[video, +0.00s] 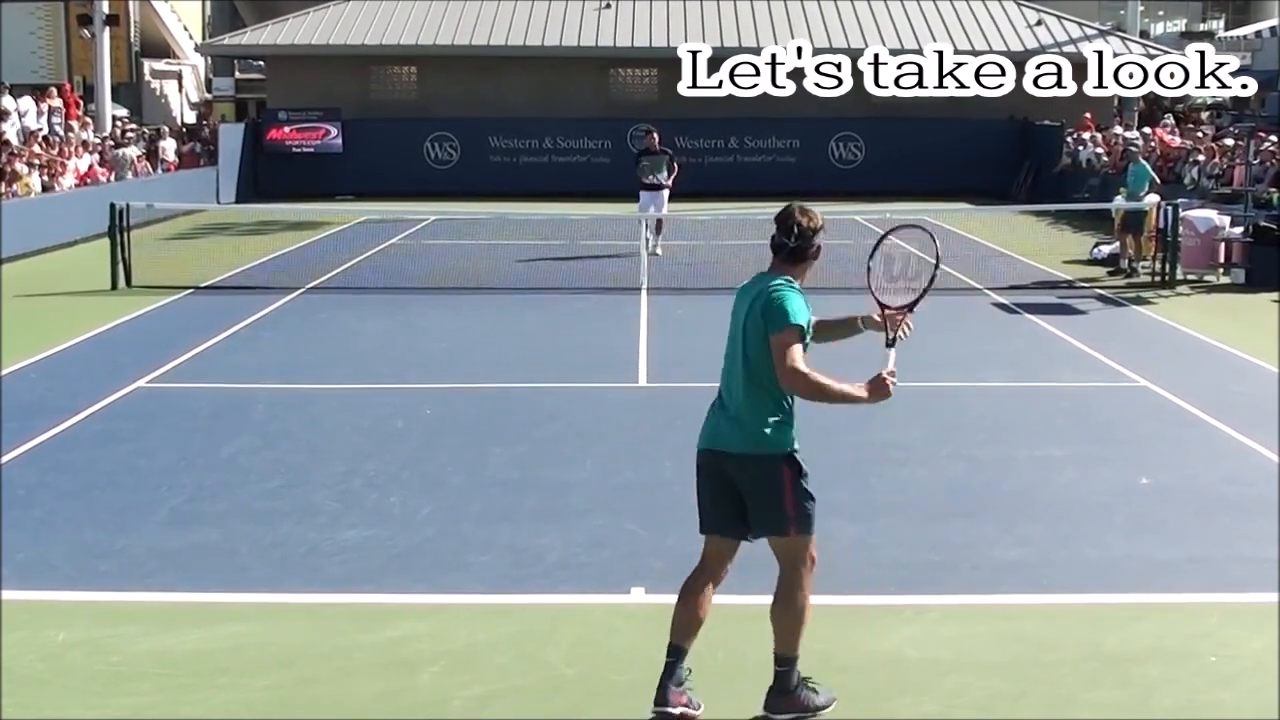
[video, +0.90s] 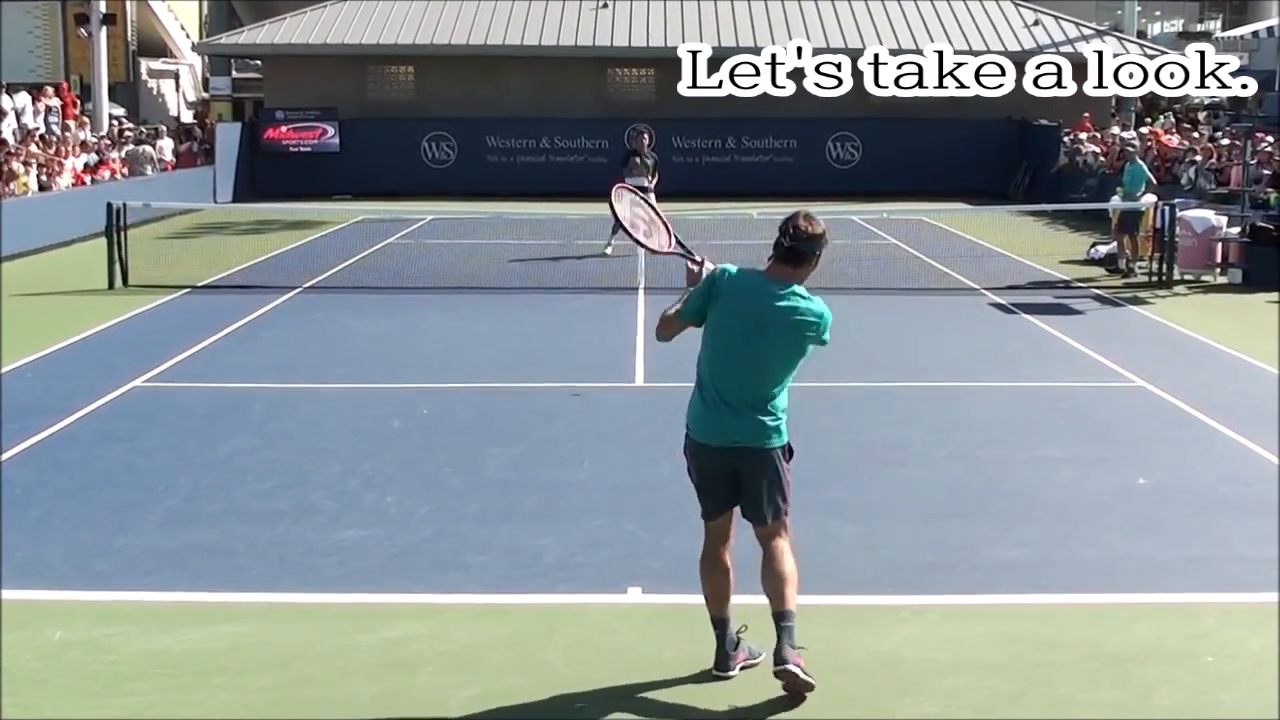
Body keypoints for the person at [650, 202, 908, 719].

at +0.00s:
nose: (821, 254)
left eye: (819, 247)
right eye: (820, 248)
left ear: (773, 246)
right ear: (814, 252)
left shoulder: (751, 290)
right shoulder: (787, 299)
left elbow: (807, 331)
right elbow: (791, 374)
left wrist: (867, 322)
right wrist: (862, 393)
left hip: (717, 449)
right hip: (765, 454)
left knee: (713, 562)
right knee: (798, 562)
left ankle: (671, 684)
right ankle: (786, 686)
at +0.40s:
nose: (843, 290)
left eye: (844, 282)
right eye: (846, 283)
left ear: (805, 268)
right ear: (839, 282)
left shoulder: (792, 309)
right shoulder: (793, 310)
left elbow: (847, 349)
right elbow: (762, 358)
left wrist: (914, 376)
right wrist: (805, 407)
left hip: (709, 441)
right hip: (741, 446)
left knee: (745, 538)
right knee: (787, 560)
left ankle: (732, 646)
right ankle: (775, 687)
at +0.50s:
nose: (843, 305)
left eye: (845, 297)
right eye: (846, 297)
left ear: (805, 280)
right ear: (837, 294)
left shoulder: (767, 308)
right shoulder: (798, 330)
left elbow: (809, 368)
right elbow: (780, 398)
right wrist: (792, 471)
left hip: (701, 449)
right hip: (742, 456)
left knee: (744, 538)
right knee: (795, 562)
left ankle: (731, 647)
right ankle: (774, 687)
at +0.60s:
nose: (838, 310)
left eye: (840, 301)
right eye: (841, 302)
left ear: (800, 282)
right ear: (833, 298)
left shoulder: (747, 302)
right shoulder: (809, 349)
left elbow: (740, 365)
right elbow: (805, 441)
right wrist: (832, 512)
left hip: (697, 453)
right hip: (748, 464)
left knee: (733, 536)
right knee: (794, 562)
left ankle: (729, 648)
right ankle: (773, 682)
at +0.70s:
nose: (830, 304)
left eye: (833, 296)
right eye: (833, 296)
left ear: (791, 275)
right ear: (826, 293)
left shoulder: (733, 293)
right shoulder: (812, 348)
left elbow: (701, 336)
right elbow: (805, 424)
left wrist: (746, 360)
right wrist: (815, 454)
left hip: (698, 451)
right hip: (751, 462)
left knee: (723, 535)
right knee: (789, 558)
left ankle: (728, 648)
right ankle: (774, 677)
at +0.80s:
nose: (822, 286)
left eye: (819, 277)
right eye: (824, 279)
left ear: (784, 260)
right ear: (821, 278)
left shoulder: (726, 287)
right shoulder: (813, 331)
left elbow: (676, 329)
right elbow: (805, 392)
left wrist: (719, 324)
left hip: (701, 445)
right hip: (760, 451)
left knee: (715, 538)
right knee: (777, 548)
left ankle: (726, 650)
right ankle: (778, 660)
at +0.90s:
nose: (814, 267)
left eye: (808, 258)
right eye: (816, 261)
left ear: (773, 248)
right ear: (813, 263)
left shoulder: (723, 280)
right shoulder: (812, 314)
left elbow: (665, 329)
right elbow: (773, 321)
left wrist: (691, 290)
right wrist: (721, 285)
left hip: (705, 437)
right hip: (763, 443)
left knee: (716, 538)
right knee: (774, 538)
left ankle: (725, 649)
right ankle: (788, 649)